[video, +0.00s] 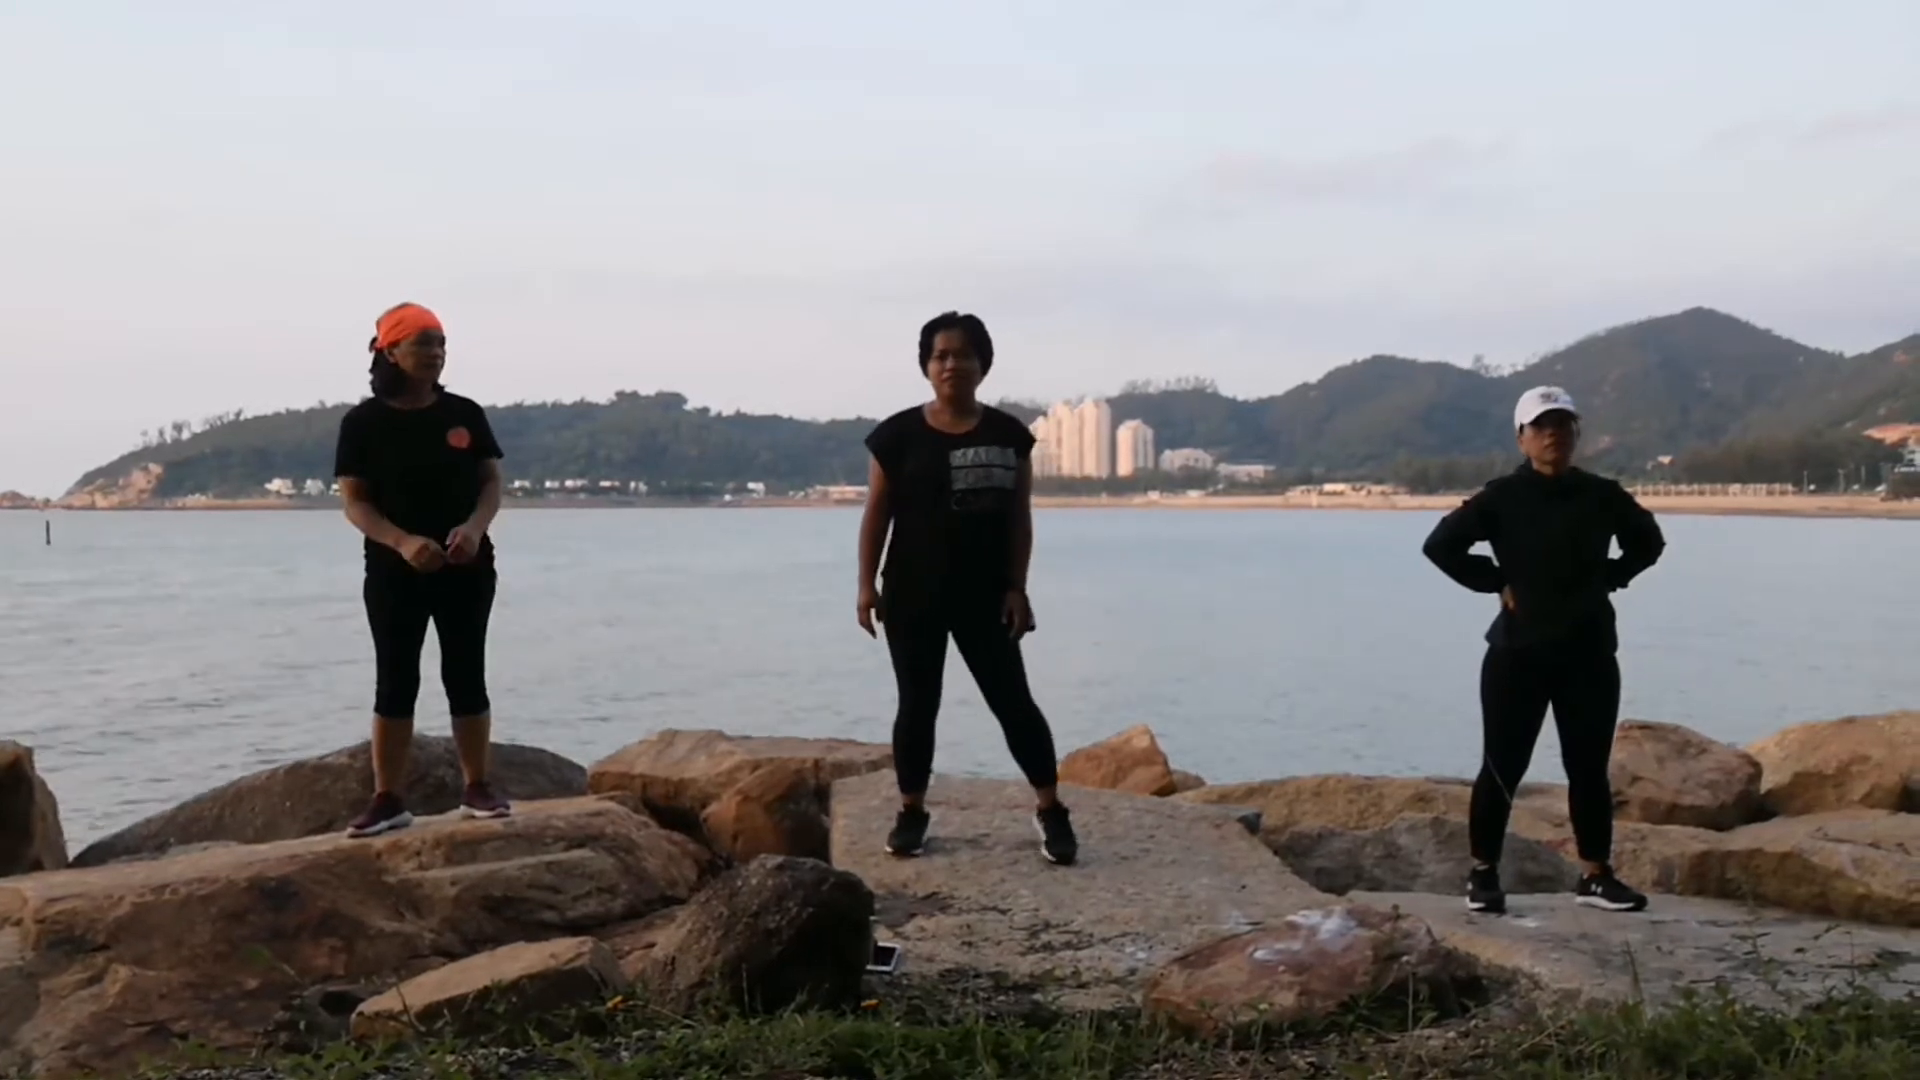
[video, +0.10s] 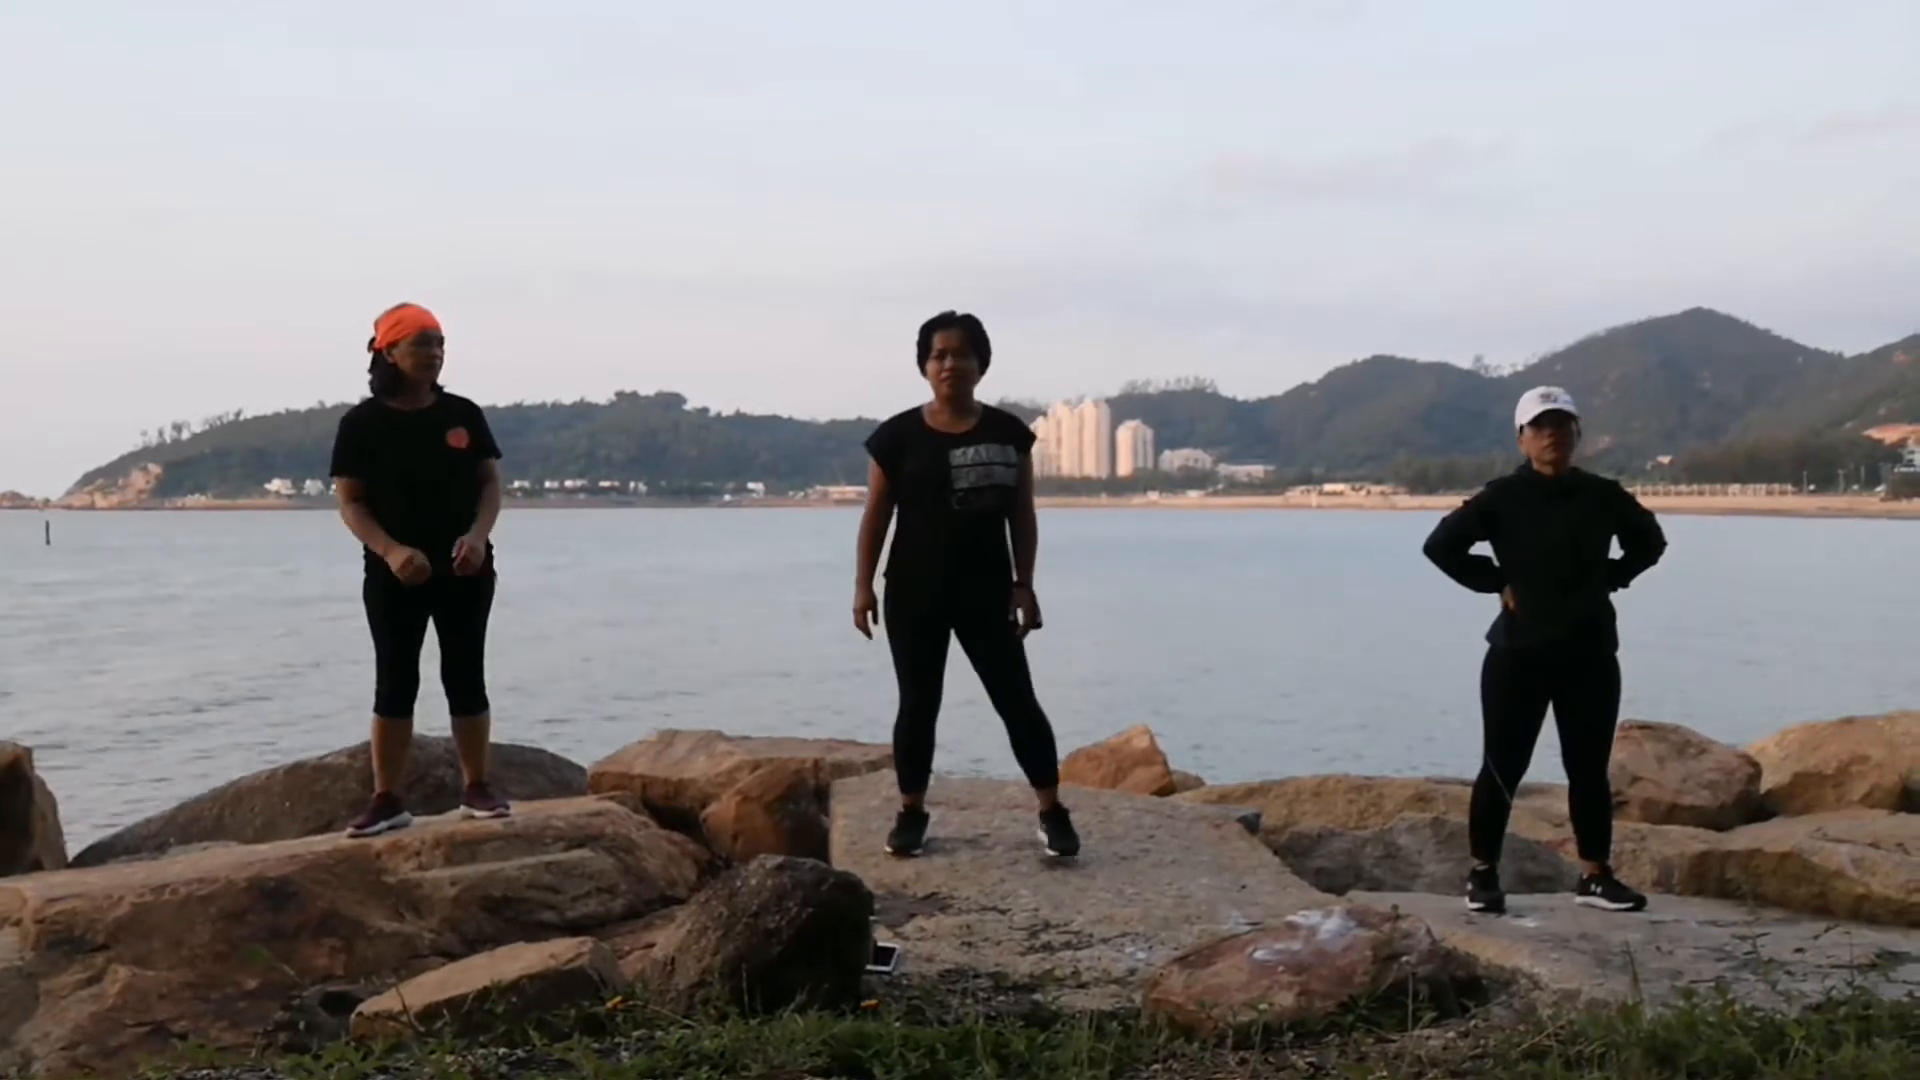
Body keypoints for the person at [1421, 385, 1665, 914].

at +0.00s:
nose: (1555, 437)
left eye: (1563, 427)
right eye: (1543, 428)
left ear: (1576, 434)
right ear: (1522, 437)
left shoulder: (1601, 494)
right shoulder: (1502, 497)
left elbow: (1649, 541)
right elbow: (1439, 547)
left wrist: (1608, 577)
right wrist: (1497, 582)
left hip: (1588, 654)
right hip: (1519, 653)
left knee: (1590, 770)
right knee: (1502, 768)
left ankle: (1597, 875)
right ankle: (1484, 874)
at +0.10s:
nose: (1553, 437)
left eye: (1562, 427)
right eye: (1541, 428)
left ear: (1576, 434)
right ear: (1522, 437)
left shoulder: (1601, 494)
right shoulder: (1502, 497)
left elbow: (1651, 541)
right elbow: (1440, 547)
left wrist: (1610, 577)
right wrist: (1498, 582)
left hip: (1588, 654)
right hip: (1519, 653)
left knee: (1590, 770)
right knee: (1502, 768)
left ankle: (1596, 875)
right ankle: (1483, 875)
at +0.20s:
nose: (1551, 438)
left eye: (1560, 428)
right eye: (1539, 429)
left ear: (1575, 435)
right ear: (1522, 438)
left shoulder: (1602, 495)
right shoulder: (1502, 497)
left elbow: (1651, 541)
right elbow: (1439, 547)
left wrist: (1610, 577)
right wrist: (1497, 582)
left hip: (1588, 653)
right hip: (1520, 653)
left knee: (1590, 770)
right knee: (1502, 768)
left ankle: (1596, 875)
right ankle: (1483, 875)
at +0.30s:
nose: (1549, 438)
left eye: (1558, 428)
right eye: (1537, 429)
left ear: (1574, 435)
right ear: (1520, 438)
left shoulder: (1601, 495)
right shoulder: (1500, 498)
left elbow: (1651, 541)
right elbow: (1438, 547)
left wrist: (1610, 577)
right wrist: (1495, 581)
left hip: (1588, 653)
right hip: (1518, 653)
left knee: (1589, 770)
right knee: (1501, 768)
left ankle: (1596, 875)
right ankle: (1483, 875)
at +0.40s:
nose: (1546, 439)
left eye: (1556, 429)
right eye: (1535, 429)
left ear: (1572, 436)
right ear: (1519, 438)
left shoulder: (1599, 495)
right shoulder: (1499, 498)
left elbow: (1650, 541)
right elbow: (1436, 547)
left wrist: (1609, 577)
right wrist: (1493, 581)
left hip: (1586, 654)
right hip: (1517, 654)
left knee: (1588, 770)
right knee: (1500, 768)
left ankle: (1596, 875)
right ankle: (1482, 876)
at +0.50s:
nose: (1541, 439)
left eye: (1551, 429)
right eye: (1530, 429)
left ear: (1567, 436)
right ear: (1513, 438)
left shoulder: (1594, 495)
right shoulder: (1493, 498)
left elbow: (1645, 542)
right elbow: (1431, 547)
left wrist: (1603, 578)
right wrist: (1487, 581)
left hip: (1581, 653)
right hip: (1512, 653)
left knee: (1586, 770)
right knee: (1498, 768)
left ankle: (1594, 875)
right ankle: (1481, 874)